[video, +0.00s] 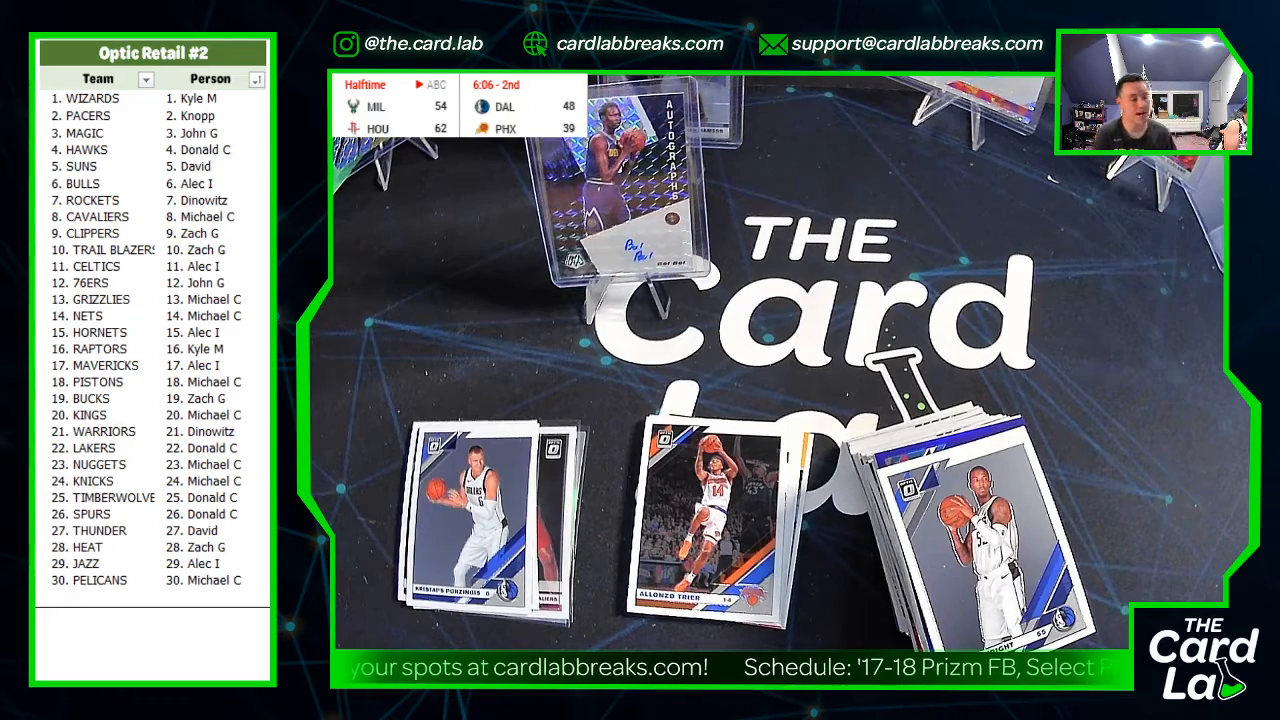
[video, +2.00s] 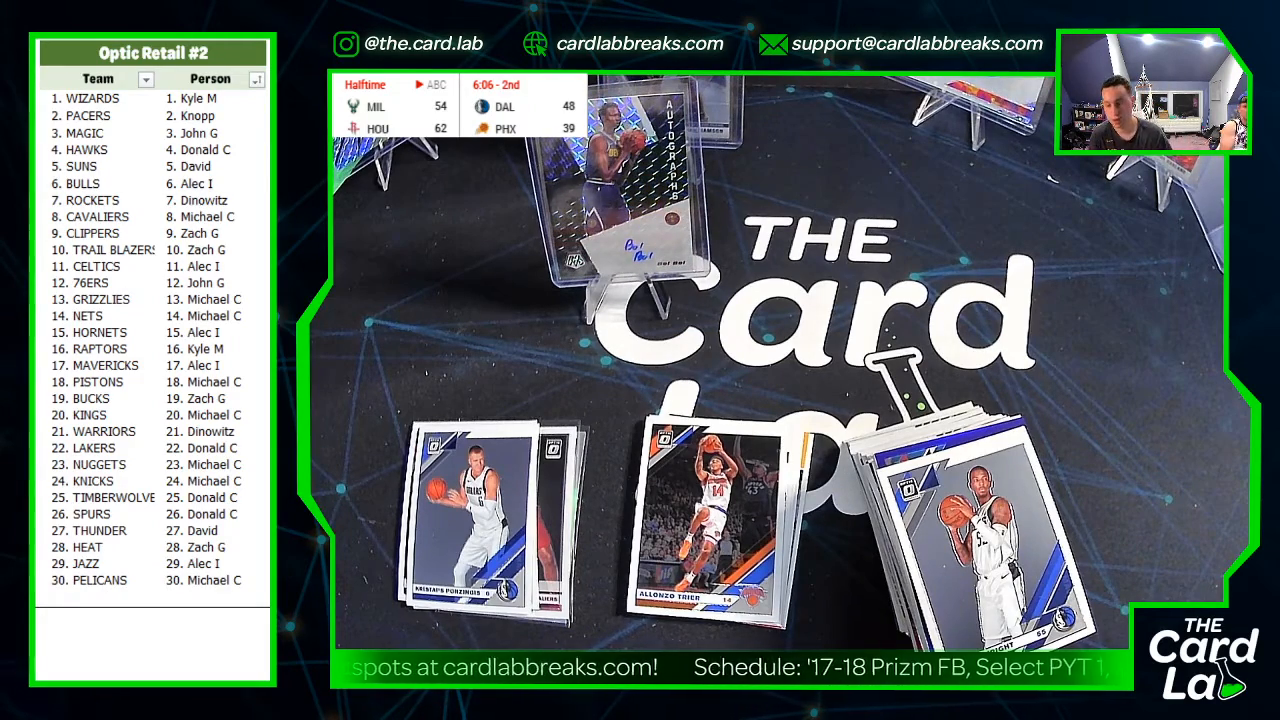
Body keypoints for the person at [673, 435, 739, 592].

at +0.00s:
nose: (714, 463)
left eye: (717, 461)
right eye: (713, 461)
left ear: (721, 465)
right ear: (710, 465)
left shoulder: (727, 476)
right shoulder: (706, 476)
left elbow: (734, 469)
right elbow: (699, 471)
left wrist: (721, 452)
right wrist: (700, 451)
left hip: (721, 513)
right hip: (706, 507)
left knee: (707, 549)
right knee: (704, 511)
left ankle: (688, 578)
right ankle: (688, 540)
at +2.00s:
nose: (714, 463)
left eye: (717, 461)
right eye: (713, 461)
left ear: (721, 465)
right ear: (710, 465)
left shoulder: (727, 476)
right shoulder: (706, 477)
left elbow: (734, 468)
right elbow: (698, 470)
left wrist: (722, 452)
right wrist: (700, 451)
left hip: (721, 513)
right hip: (706, 507)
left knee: (707, 550)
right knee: (704, 511)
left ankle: (689, 578)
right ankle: (688, 539)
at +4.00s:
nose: (714, 463)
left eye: (717, 461)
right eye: (713, 461)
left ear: (721, 465)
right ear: (710, 465)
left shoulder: (727, 476)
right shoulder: (706, 476)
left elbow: (734, 469)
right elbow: (699, 470)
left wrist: (722, 452)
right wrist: (700, 451)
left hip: (721, 513)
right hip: (707, 507)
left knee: (707, 550)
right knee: (704, 511)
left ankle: (688, 579)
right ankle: (688, 540)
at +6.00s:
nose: (714, 464)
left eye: (717, 462)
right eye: (712, 461)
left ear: (721, 466)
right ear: (709, 465)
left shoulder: (727, 476)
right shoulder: (705, 477)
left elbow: (734, 469)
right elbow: (698, 471)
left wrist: (721, 452)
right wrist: (700, 451)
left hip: (720, 512)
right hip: (706, 507)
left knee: (707, 550)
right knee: (704, 512)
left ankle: (689, 578)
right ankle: (688, 540)